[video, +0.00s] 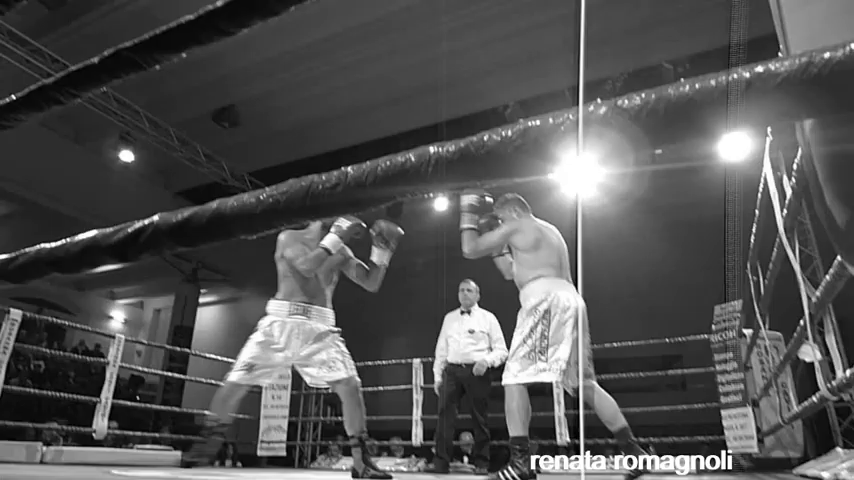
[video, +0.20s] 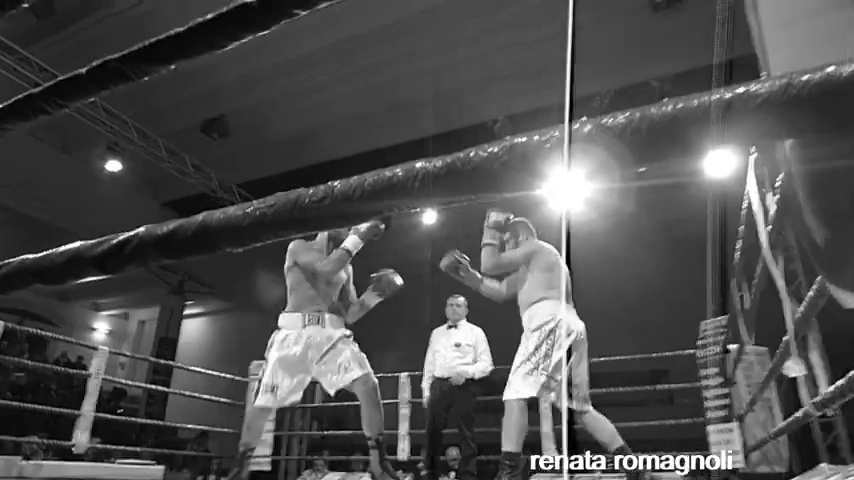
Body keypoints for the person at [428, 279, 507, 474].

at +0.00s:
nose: (465, 294)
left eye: (469, 291)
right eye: (462, 291)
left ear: (478, 295)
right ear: (458, 295)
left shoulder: (488, 318)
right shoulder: (450, 318)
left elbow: (502, 349)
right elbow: (441, 350)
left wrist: (487, 361)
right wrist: (438, 376)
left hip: (477, 369)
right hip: (452, 370)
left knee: (479, 417)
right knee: (445, 413)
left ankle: (481, 462)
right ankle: (441, 460)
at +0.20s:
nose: (454, 309)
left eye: (458, 306)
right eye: (450, 305)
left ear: (466, 311)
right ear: (445, 309)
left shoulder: (475, 332)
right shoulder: (437, 333)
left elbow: (486, 364)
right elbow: (429, 365)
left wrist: (466, 372)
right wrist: (426, 392)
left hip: (464, 384)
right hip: (439, 383)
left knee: (465, 430)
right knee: (433, 429)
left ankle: (468, 471)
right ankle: (431, 470)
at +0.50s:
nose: (393, 273)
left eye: (397, 270)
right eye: (390, 269)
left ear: (401, 274)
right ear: (383, 272)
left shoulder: (410, 296)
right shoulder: (371, 295)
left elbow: (420, 325)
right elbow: (362, 325)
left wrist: (407, 335)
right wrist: (361, 350)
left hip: (401, 344)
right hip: (376, 344)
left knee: (403, 389)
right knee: (375, 389)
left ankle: (405, 432)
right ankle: (374, 431)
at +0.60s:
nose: (388, 279)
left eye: (391, 276)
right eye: (384, 275)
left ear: (396, 280)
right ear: (377, 278)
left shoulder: (404, 303)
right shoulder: (364, 302)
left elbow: (414, 330)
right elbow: (354, 332)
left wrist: (404, 342)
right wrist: (353, 357)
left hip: (396, 351)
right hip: (371, 351)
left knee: (399, 395)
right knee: (370, 396)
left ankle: (401, 439)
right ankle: (369, 440)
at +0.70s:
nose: (410, 297)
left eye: (412, 294)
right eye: (406, 293)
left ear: (416, 298)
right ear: (396, 296)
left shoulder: (423, 320)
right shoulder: (384, 319)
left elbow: (433, 345)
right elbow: (373, 349)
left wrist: (429, 361)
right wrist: (372, 376)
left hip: (419, 369)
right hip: (393, 369)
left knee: (424, 412)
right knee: (392, 413)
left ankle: (426, 456)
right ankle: (390, 456)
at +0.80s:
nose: (416, 296)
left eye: (418, 293)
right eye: (412, 293)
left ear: (422, 298)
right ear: (404, 297)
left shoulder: (428, 320)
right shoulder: (391, 319)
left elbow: (437, 344)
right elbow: (380, 349)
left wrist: (436, 358)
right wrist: (376, 375)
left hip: (423, 368)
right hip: (399, 368)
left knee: (430, 413)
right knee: (399, 414)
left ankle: (436, 454)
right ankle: (395, 455)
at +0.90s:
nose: (418, 295)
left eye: (421, 292)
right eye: (414, 292)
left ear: (425, 297)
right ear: (406, 295)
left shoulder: (431, 320)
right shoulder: (393, 317)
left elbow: (437, 344)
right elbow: (382, 347)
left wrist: (438, 356)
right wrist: (378, 373)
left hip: (425, 367)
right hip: (400, 366)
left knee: (433, 411)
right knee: (399, 413)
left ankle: (439, 453)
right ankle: (394, 454)